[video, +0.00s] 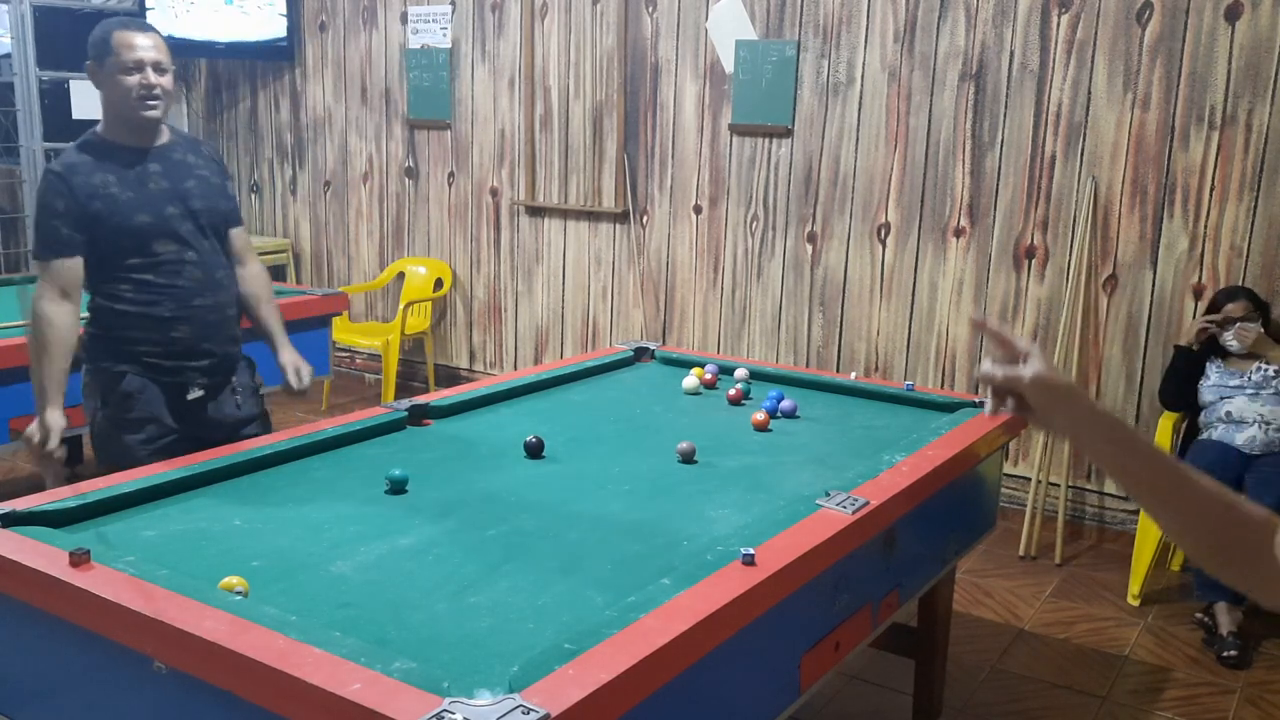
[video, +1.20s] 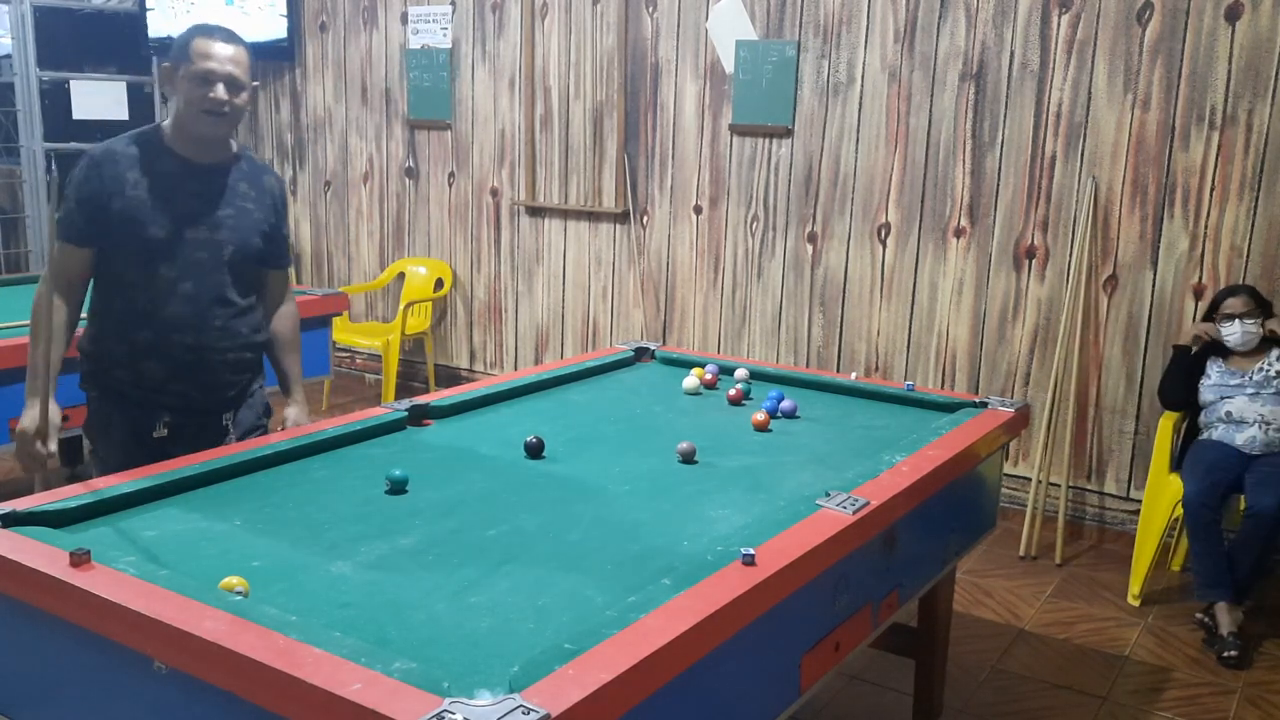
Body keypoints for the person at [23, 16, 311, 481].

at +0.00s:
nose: (150, 81)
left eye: (160, 69)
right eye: (133, 69)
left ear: (175, 80)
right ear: (96, 78)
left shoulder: (201, 158)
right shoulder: (72, 176)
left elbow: (244, 259)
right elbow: (59, 296)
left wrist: (283, 345)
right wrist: (50, 406)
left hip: (225, 377)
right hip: (134, 387)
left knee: (258, 521)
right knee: (154, 535)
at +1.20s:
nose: (219, 95)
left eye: (233, 85)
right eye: (204, 79)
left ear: (249, 97)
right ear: (169, 80)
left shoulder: (265, 187)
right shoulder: (108, 169)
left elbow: (279, 300)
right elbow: (61, 287)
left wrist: (296, 397)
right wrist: (39, 397)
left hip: (234, 412)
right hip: (129, 412)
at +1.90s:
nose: (257, 95)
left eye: (272, 86)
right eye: (241, 80)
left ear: (289, 102)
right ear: (209, 84)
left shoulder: (290, 198)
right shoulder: (134, 157)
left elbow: (290, 317)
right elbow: (68, 267)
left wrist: (301, 413)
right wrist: (45, 379)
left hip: (225, 422)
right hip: (114, 418)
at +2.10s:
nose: (245, 94)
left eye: (260, 84)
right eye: (228, 78)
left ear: (276, 100)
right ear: (194, 82)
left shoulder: (275, 197)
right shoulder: (123, 155)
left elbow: (275, 317)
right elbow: (50, 264)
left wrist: (287, 415)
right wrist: (19, 383)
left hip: (203, 413)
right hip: (97, 408)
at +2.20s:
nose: (233, 93)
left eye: (247, 82)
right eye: (216, 77)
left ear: (262, 97)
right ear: (176, 82)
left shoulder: (263, 197)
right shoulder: (109, 157)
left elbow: (263, 316)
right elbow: (32, 269)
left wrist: (273, 410)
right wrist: (9, 387)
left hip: (191, 417)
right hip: (83, 411)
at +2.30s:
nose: (212, 92)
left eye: (226, 81)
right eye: (194, 76)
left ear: (241, 94)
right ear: (154, 77)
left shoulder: (244, 195)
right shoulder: (80, 160)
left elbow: (250, 317)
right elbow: (14, 277)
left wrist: (261, 415)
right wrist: (3, 392)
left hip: (178, 425)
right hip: (65, 418)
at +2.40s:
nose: (182, 90)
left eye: (195, 78)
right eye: (164, 74)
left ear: (212, 91)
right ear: (125, 78)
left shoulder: (216, 191)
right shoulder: (51, 162)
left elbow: (231, 317)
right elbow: (5, 271)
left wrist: (247, 417)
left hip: (152, 416)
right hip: (40, 407)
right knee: (26, 552)